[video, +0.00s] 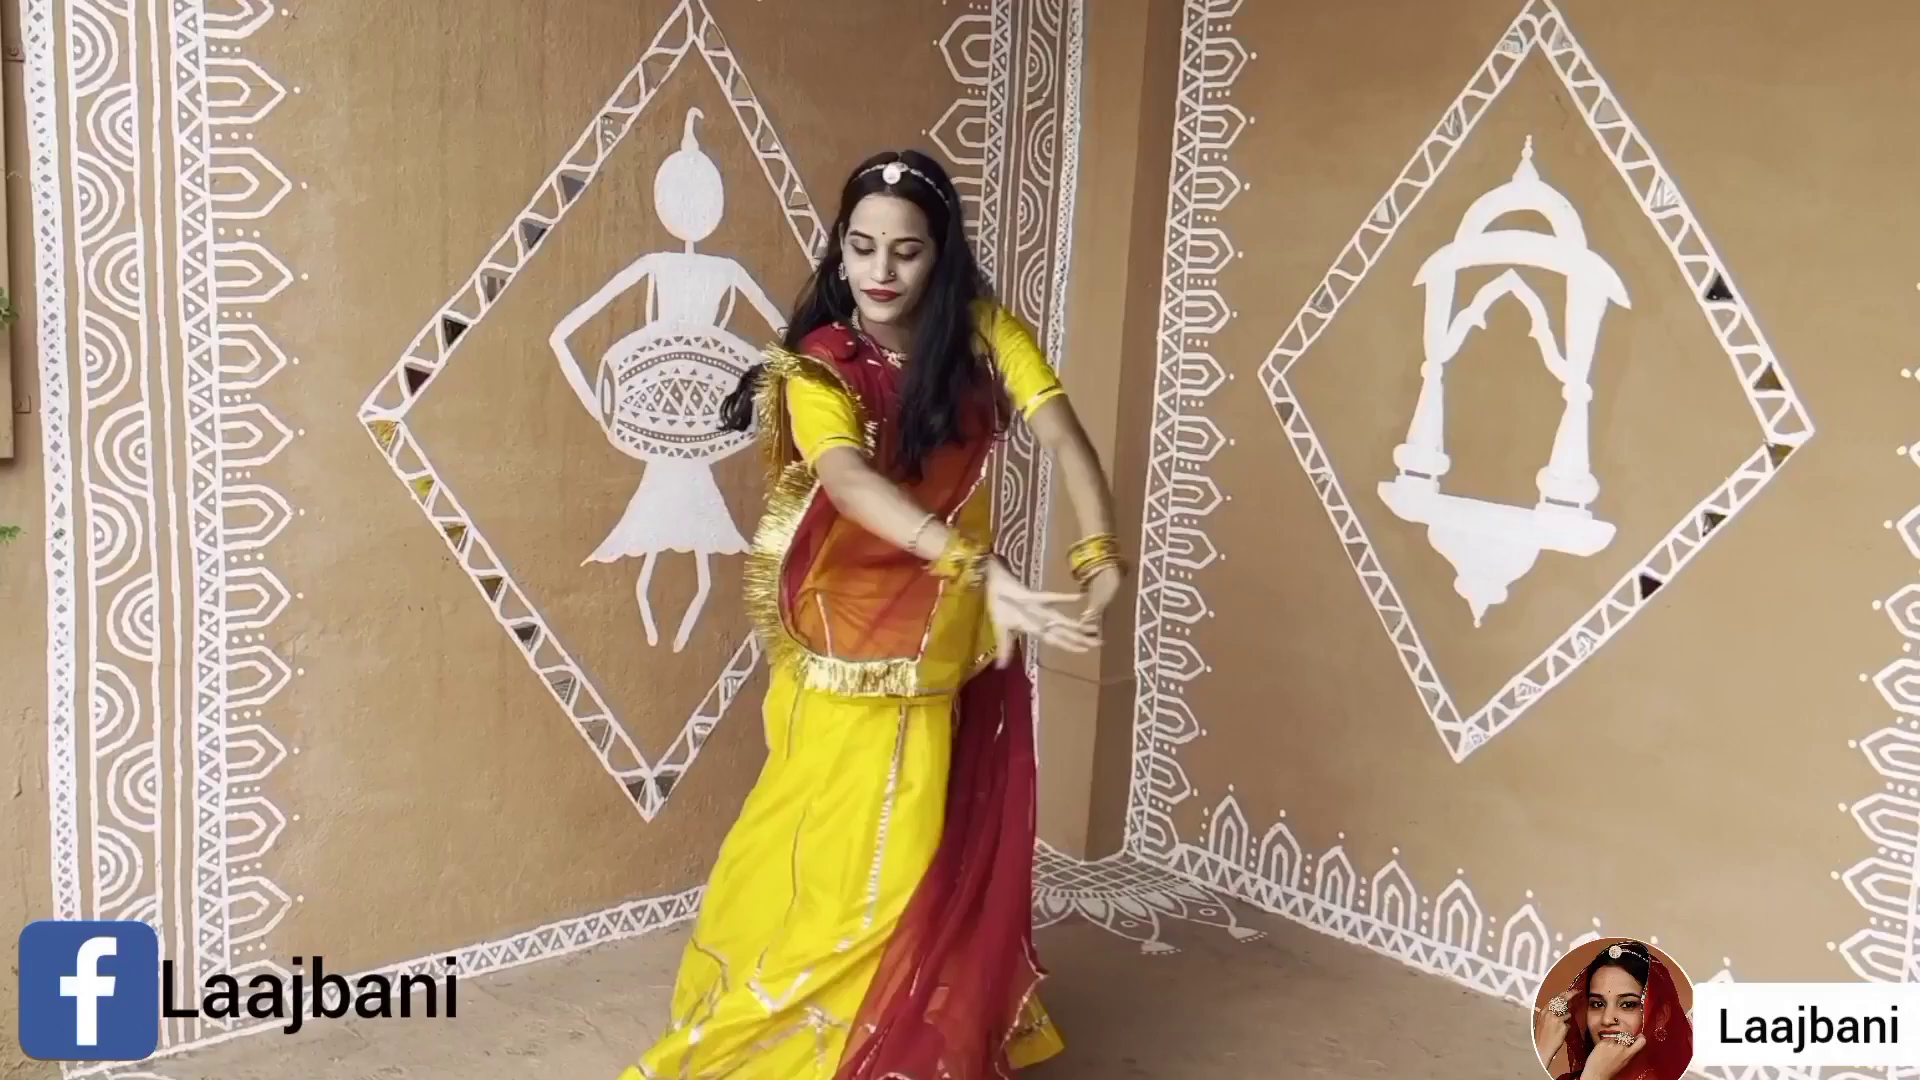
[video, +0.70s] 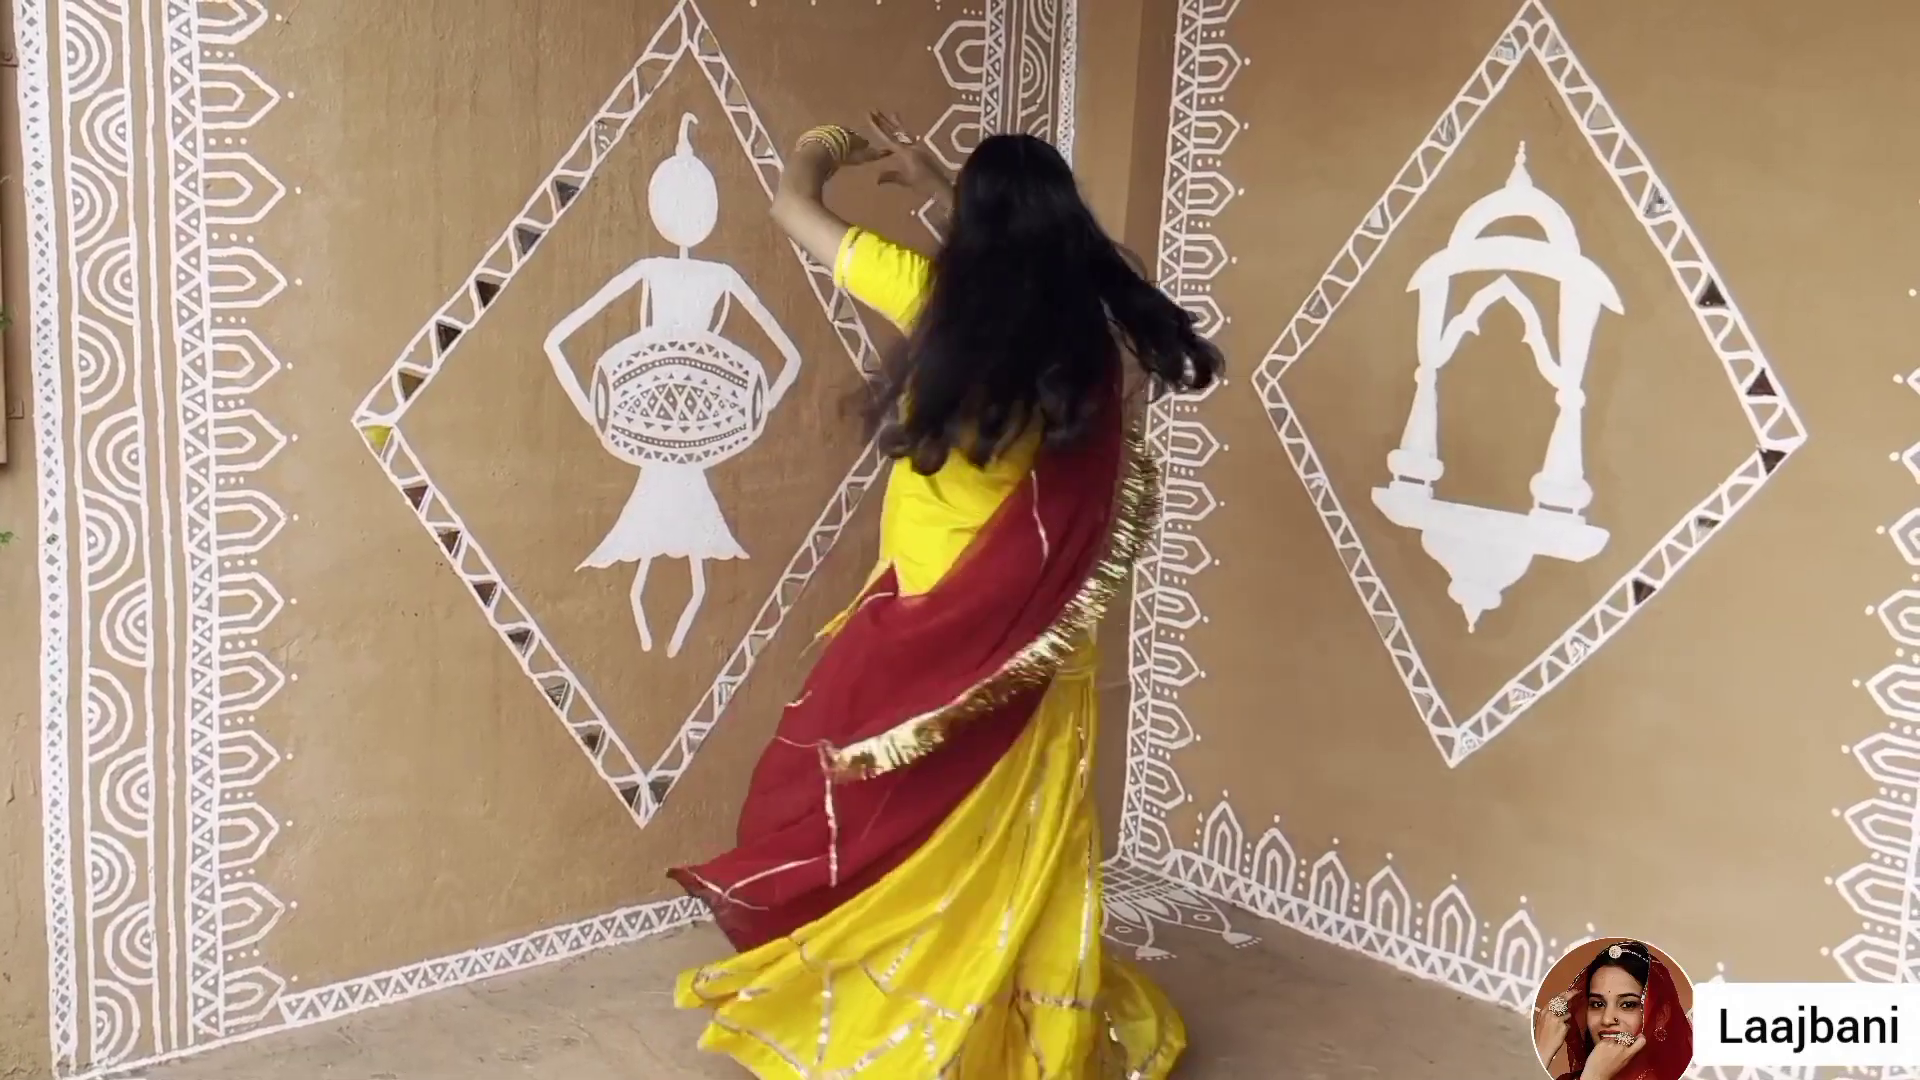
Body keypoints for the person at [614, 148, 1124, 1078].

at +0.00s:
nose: (881, 272)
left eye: (905, 252)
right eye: (863, 249)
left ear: (943, 255)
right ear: (840, 253)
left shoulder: (985, 330)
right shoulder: (818, 363)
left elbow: (1065, 439)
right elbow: (849, 481)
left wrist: (1100, 552)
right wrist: (981, 570)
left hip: (955, 614)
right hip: (842, 622)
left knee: (945, 848)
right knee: (844, 847)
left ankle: (933, 1040)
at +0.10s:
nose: (924, 277)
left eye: (944, 256)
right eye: (901, 252)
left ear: (965, 263)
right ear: (861, 257)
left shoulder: (977, 337)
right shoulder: (840, 382)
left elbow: (1105, 397)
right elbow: (944, 480)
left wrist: (1203, 479)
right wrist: (1111, 527)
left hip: (960, 646)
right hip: (859, 658)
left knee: (973, 854)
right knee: (860, 857)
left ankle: (940, 1027)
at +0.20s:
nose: (972, 273)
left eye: (984, 251)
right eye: (948, 249)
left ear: (995, 256)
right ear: (890, 257)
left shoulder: (973, 336)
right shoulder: (881, 387)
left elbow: (1124, 351)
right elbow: (1038, 459)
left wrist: (1243, 392)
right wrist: (1210, 456)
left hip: (947, 648)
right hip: (864, 662)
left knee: (1017, 858)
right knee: (915, 870)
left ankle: (933, 1044)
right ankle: (801, 1049)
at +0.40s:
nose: (1073, 241)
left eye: (1071, 223)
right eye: (1059, 225)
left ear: (990, 232)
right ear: (1003, 234)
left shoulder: (915, 329)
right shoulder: (1023, 362)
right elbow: (1198, 363)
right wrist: (1235, 276)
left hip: (864, 656)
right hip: (950, 669)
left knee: (855, 891)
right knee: (967, 891)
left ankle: (838, 1051)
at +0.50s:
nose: (1084, 228)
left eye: (1081, 211)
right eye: (1076, 213)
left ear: (970, 215)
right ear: (1036, 224)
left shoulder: (911, 308)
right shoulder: (1070, 353)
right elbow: (1194, 328)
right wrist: (1172, 225)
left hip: (872, 622)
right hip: (984, 640)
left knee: (857, 840)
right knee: (990, 847)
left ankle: (833, 1038)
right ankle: (981, 1046)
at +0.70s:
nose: (959, 214)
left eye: (964, 203)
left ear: (963, 222)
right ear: (1069, 216)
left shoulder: (935, 302)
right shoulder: (1102, 332)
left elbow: (799, 210)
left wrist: (823, 149)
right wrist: (939, 180)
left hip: (923, 607)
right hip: (1037, 617)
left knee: (904, 816)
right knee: (1026, 820)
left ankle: (883, 1019)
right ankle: (1024, 1029)